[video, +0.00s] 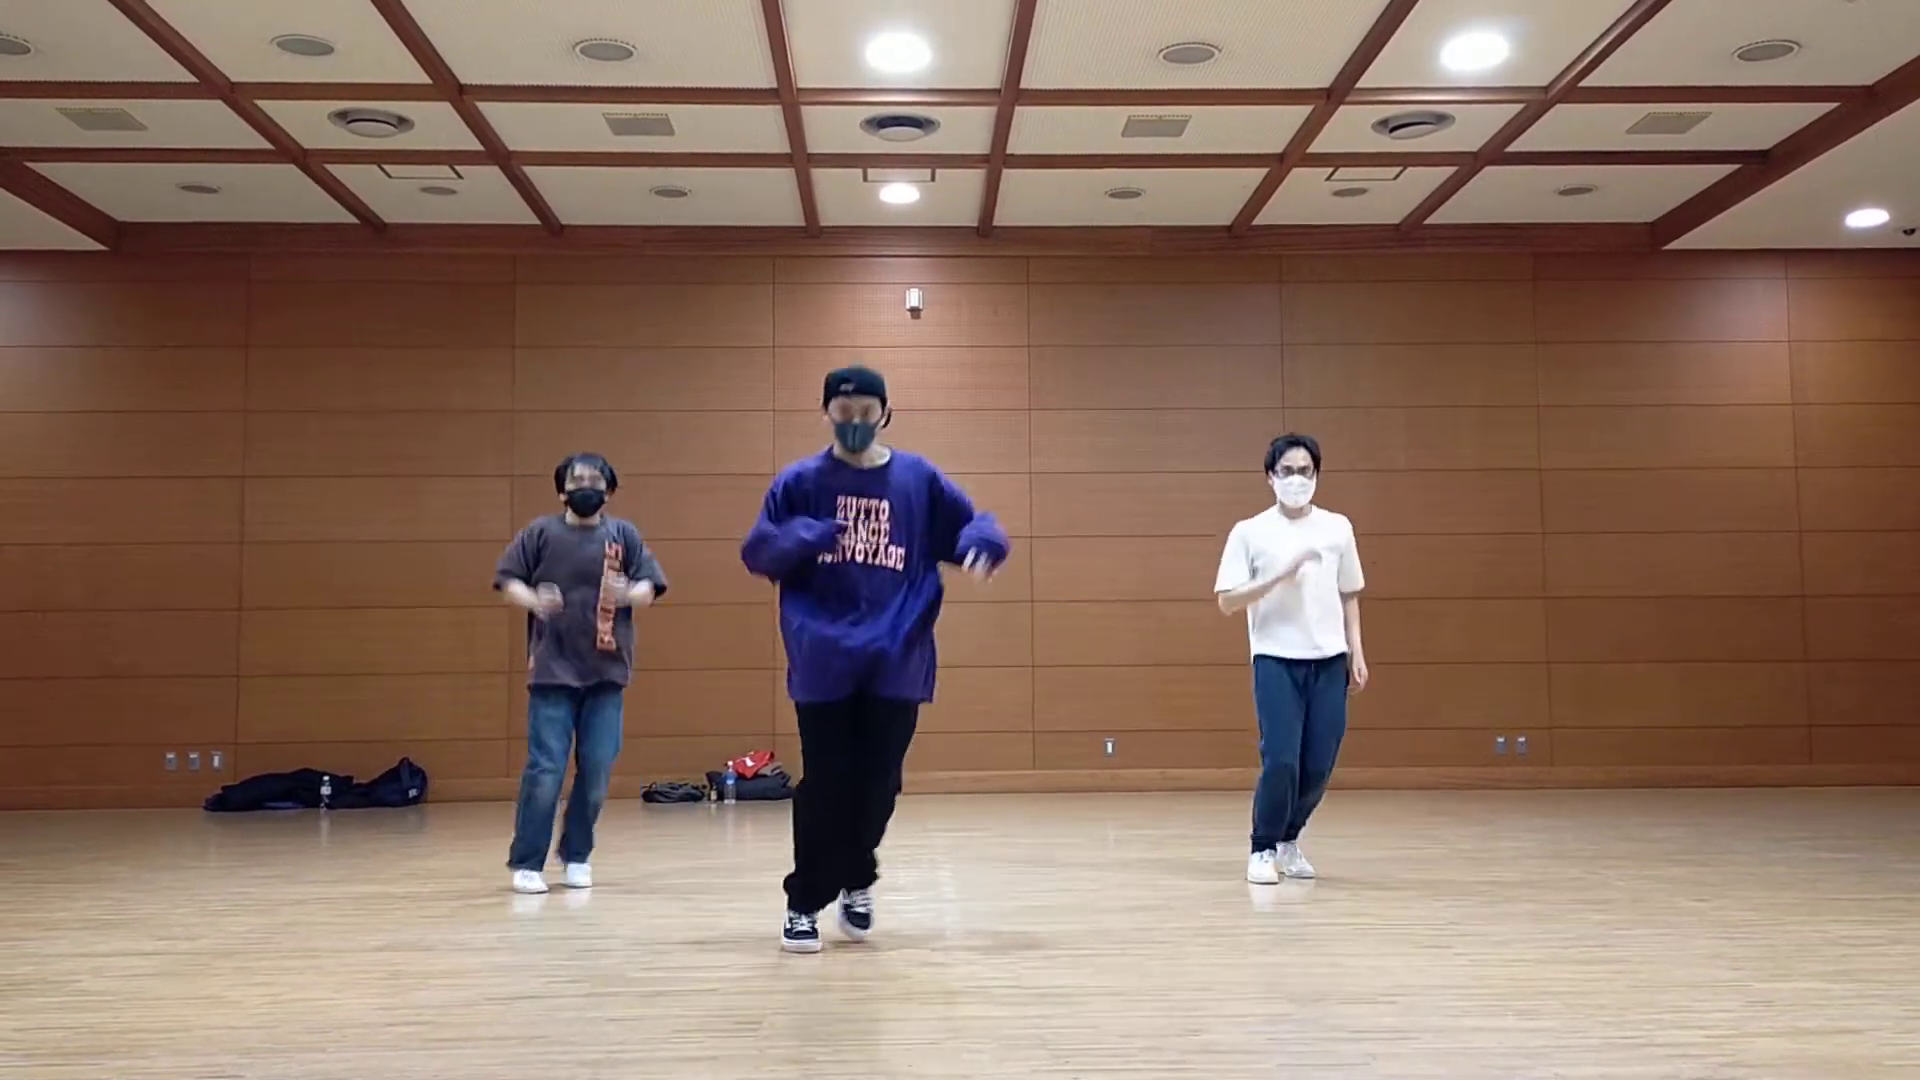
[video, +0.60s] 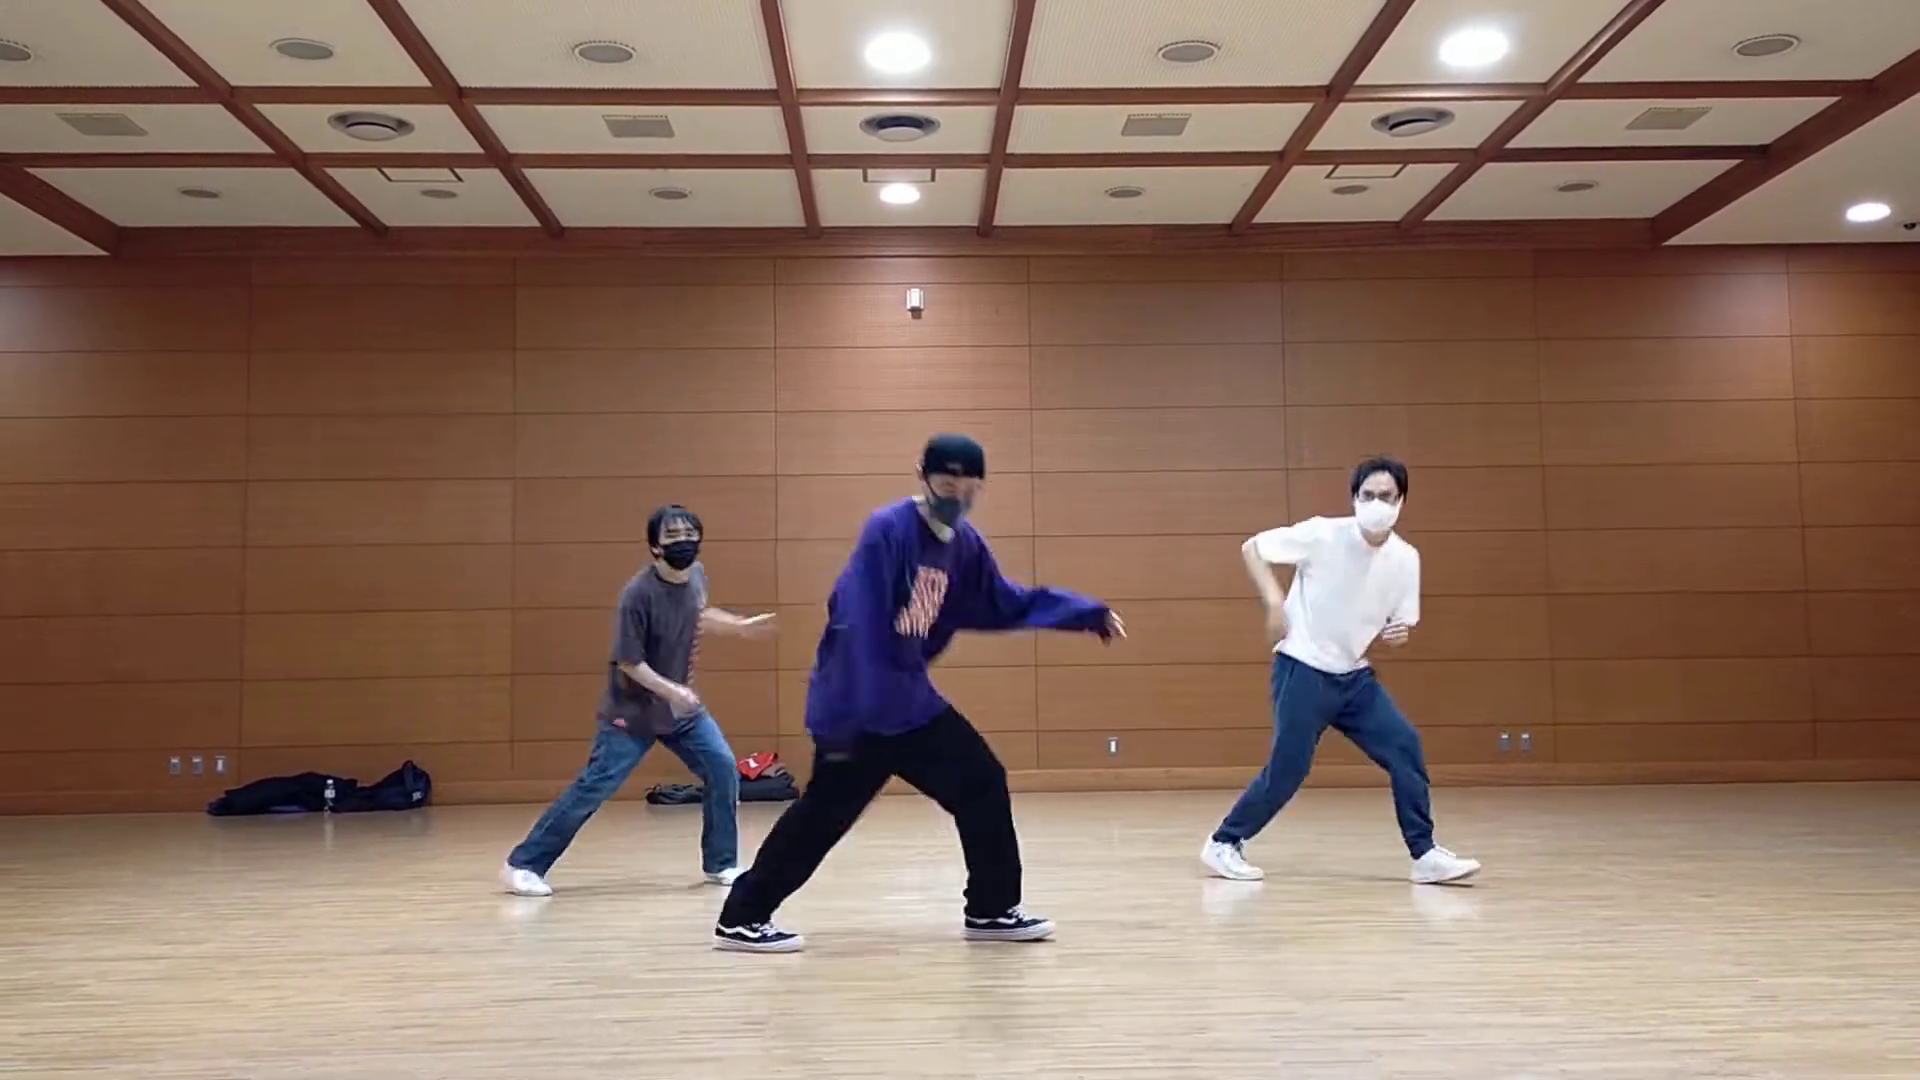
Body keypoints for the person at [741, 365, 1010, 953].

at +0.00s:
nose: (853, 414)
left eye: (865, 404)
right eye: (843, 405)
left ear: (884, 412)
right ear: (827, 413)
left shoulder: (917, 478)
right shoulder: (801, 481)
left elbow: (970, 525)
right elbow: (758, 554)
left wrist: (984, 540)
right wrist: (809, 534)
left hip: (897, 658)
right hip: (822, 657)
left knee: (879, 781)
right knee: (826, 779)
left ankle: (860, 880)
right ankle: (803, 904)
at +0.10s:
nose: (842, 448)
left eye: (853, 438)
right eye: (832, 438)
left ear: (872, 447)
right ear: (816, 446)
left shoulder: (905, 512)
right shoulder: (794, 526)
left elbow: (940, 582)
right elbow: (784, 607)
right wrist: (846, 564)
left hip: (887, 690)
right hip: (817, 691)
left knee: (868, 820)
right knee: (817, 809)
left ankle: (828, 899)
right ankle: (799, 912)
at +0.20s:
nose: (848, 456)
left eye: (858, 447)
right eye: (837, 445)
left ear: (873, 450)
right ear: (818, 447)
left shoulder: (902, 510)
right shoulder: (798, 518)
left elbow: (909, 590)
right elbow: (821, 574)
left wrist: (918, 664)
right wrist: (873, 508)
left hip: (885, 688)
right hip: (821, 688)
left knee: (873, 816)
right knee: (816, 807)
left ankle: (836, 898)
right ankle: (803, 912)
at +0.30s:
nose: (867, 423)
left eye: (878, 415)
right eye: (858, 413)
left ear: (893, 418)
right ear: (838, 414)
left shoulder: (915, 481)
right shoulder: (814, 475)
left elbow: (915, 549)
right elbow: (832, 529)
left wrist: (942, 600)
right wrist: (905, 473)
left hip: (895, 660)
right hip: (825, 660)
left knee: (898, 790)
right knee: (815, 790)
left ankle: (857, 878)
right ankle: (805, 906)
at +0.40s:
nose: (900, 402)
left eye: (911, 394)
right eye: (889, 392)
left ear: (923, 404)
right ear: (867, 397)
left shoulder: (935, 469)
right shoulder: (835, 454)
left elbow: (951, 534)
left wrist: (989, 573)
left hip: (901, 651)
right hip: (829, 648)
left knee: (921, 773)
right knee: (820, 781)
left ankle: (903, 886)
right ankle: (793, 901)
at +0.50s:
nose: (926, 432)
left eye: (937, 424)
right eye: (916, 421)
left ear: (950, 435)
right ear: (894, 426)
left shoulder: (949, 499)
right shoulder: (859, 479)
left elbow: (971, 555)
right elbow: (862, 551)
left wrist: (1038, 575)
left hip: (906, 678)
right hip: (837, 677)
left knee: (951, 789)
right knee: (809, 798)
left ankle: (972, 905)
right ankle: (753, 909)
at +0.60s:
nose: (958, 489)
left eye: (968, 480)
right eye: (947, 477)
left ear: (978, 485)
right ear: (925, 475)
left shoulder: (966, 546)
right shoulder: (889, 531)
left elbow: (1002, 604)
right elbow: (861, 617)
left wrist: (1085, 613)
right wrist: (863, 712)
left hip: (907, 697)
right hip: (858, 699)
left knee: (982, 784)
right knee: (824, 813)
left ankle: (991, 910)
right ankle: (741, 917)